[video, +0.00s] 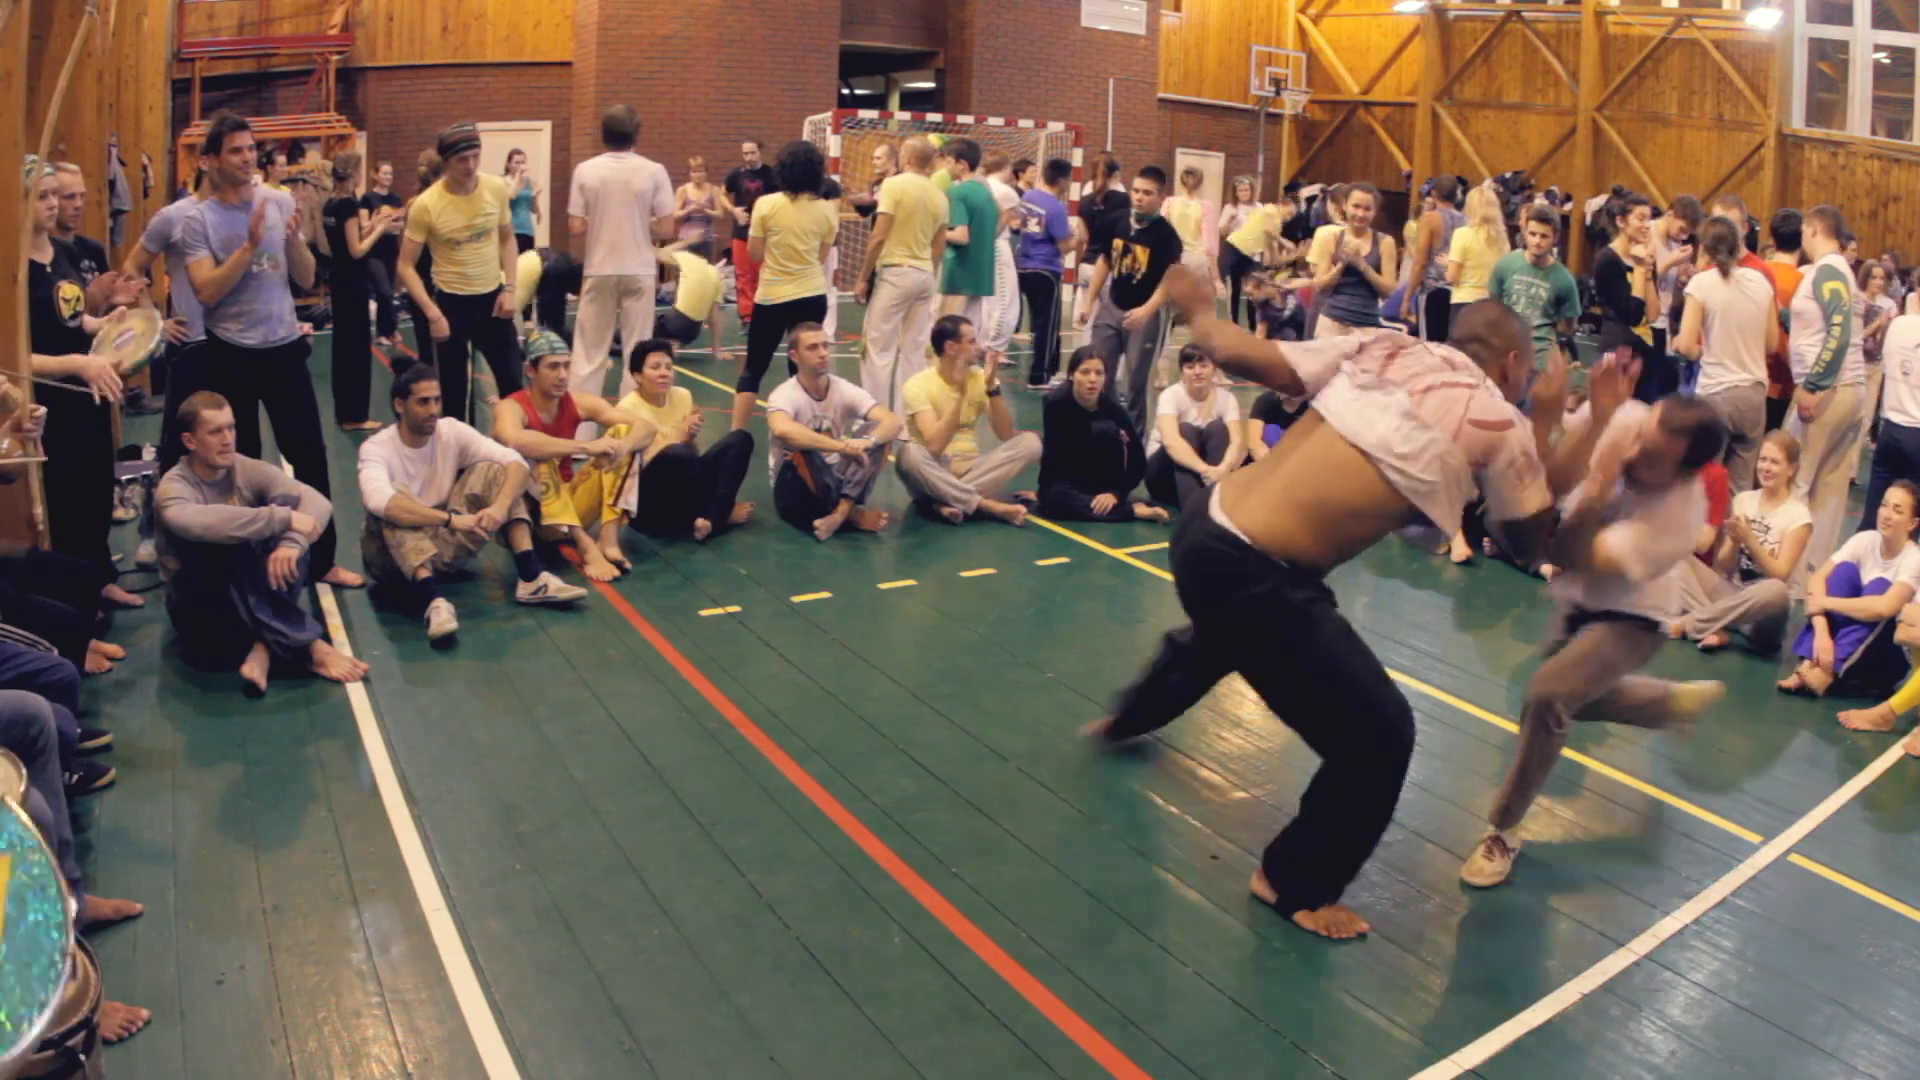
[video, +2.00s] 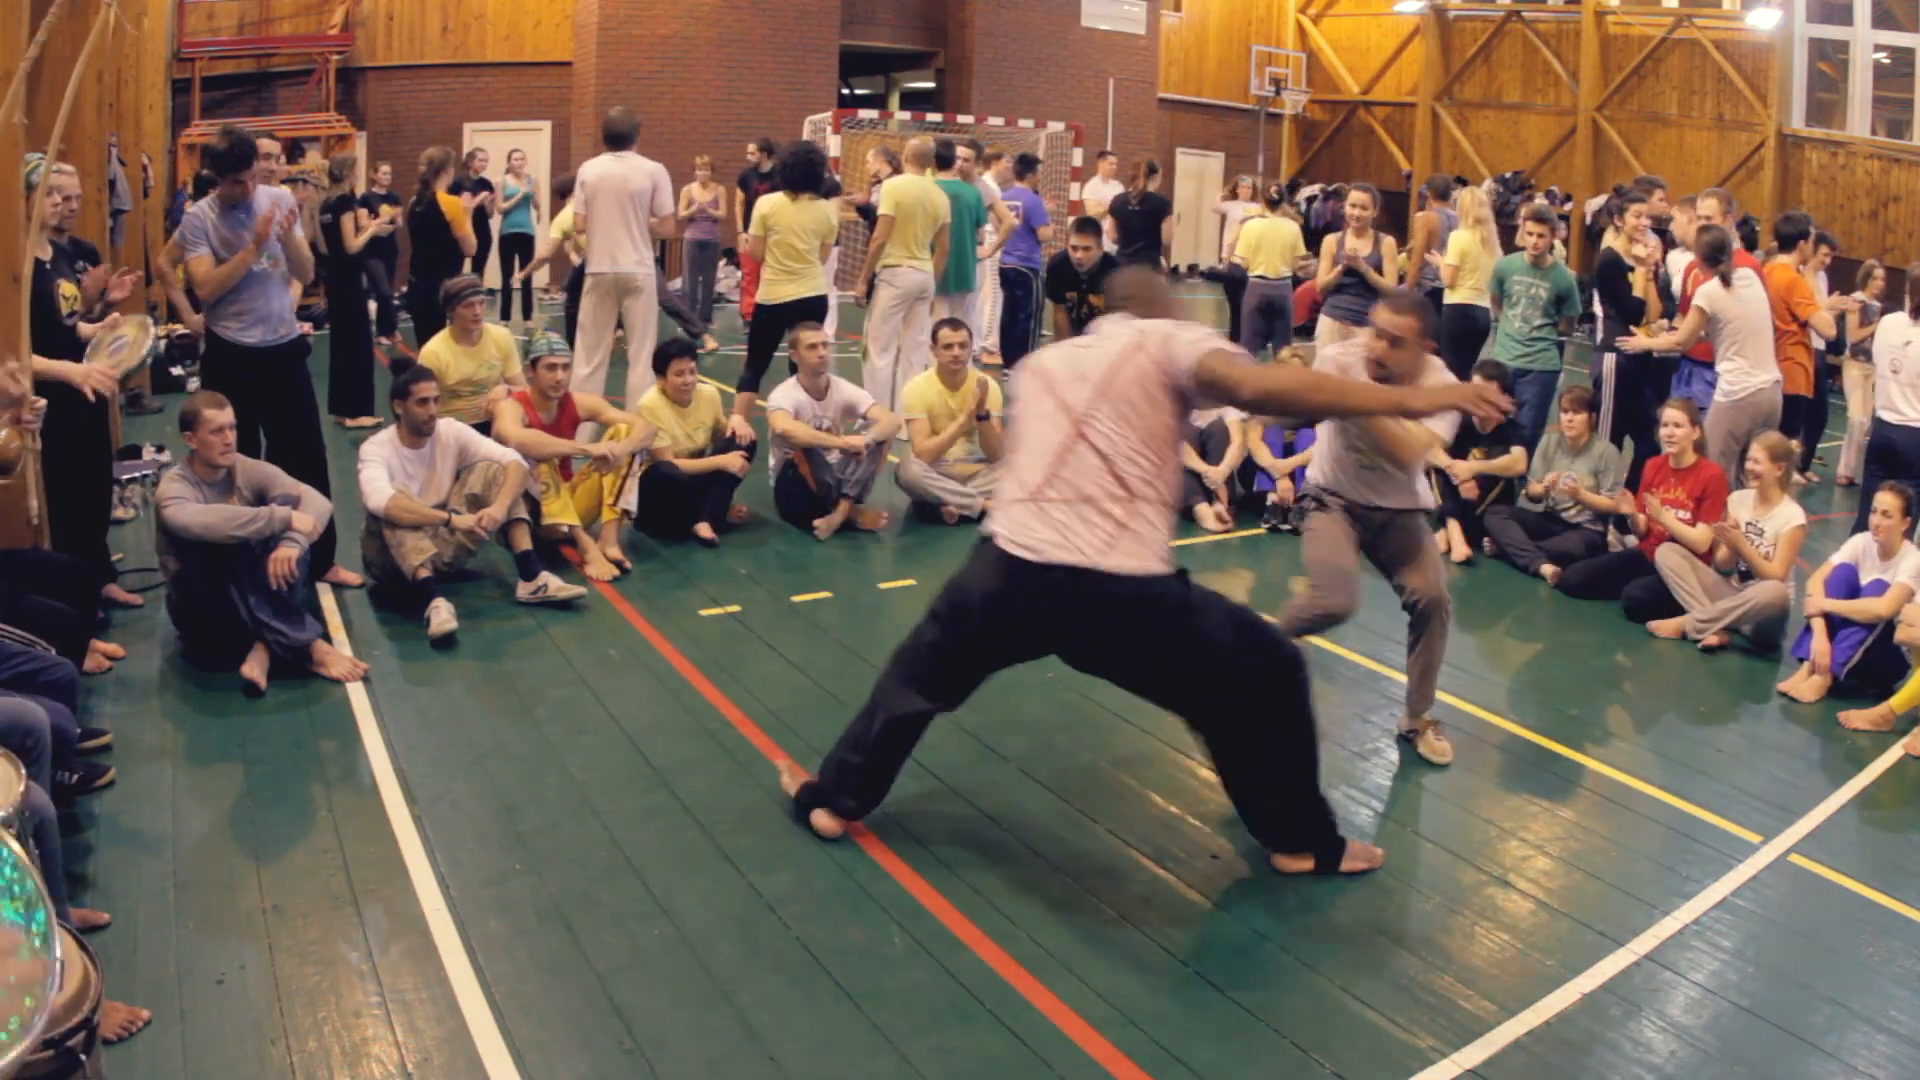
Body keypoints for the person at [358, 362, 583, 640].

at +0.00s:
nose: (433, 410)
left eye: (437, 401)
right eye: (423, 402)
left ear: (442, 400)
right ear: (399, 405)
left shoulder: (451, 430)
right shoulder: (376, 449)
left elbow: (517, 464)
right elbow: (379, 502)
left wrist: (500, 508)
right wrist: (451, 519)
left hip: (450, 548)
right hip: (398, 555)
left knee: (491, 471)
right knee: (396, 498)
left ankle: (531, 577)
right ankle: (434, 601)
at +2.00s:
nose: (432, 410)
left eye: (436, 401)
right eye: (422, 403)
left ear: (440, 400)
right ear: (398, 406)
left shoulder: (450, 431)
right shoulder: (376, 449)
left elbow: (516, 463)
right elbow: (380, 502)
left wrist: (500, 508)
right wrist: (449, 519)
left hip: (448, 547)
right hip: (397, 553)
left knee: (492, 470)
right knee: (395, 498)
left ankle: (532, 576)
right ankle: (434, 602)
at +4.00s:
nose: (434, 412)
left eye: (437, 402)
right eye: (424, 404)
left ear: (441, 401)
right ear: (399, 407)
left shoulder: (450, 430)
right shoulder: (375, 449)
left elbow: (516, 463)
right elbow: (380, 502)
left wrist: (500, 508)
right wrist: (449, 519)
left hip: (450, 545)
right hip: (399, 550)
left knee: (493, 469)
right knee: (395, 500)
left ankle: (532, 577)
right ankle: (434, 602)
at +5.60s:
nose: (433, 413)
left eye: (436, 403)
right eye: (423, 405)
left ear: (441, 402)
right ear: (398, 408)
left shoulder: (451, 431)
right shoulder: (376, 449)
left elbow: (516, 463)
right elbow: (378, 502)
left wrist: (500, 507)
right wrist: (450, 518)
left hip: (450, 545)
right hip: (399, 552)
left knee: (493, 470)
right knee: (396, 502)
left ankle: (531, 576)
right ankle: (434, 600)